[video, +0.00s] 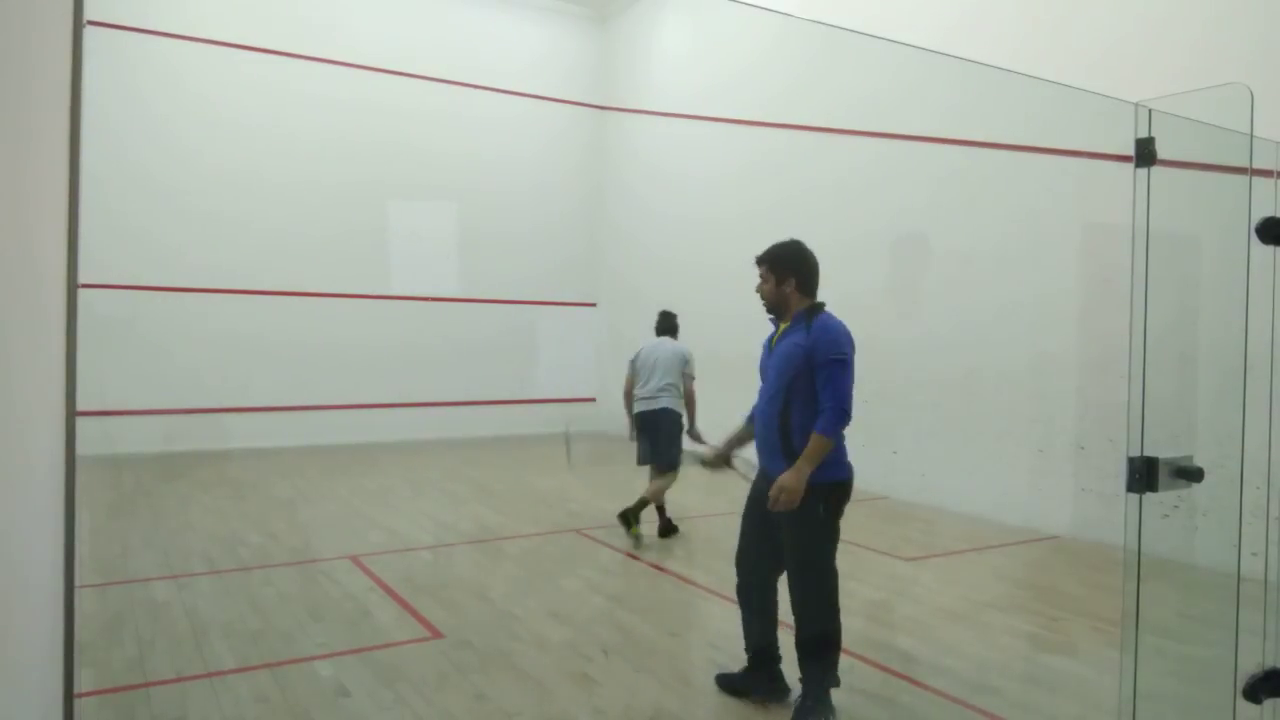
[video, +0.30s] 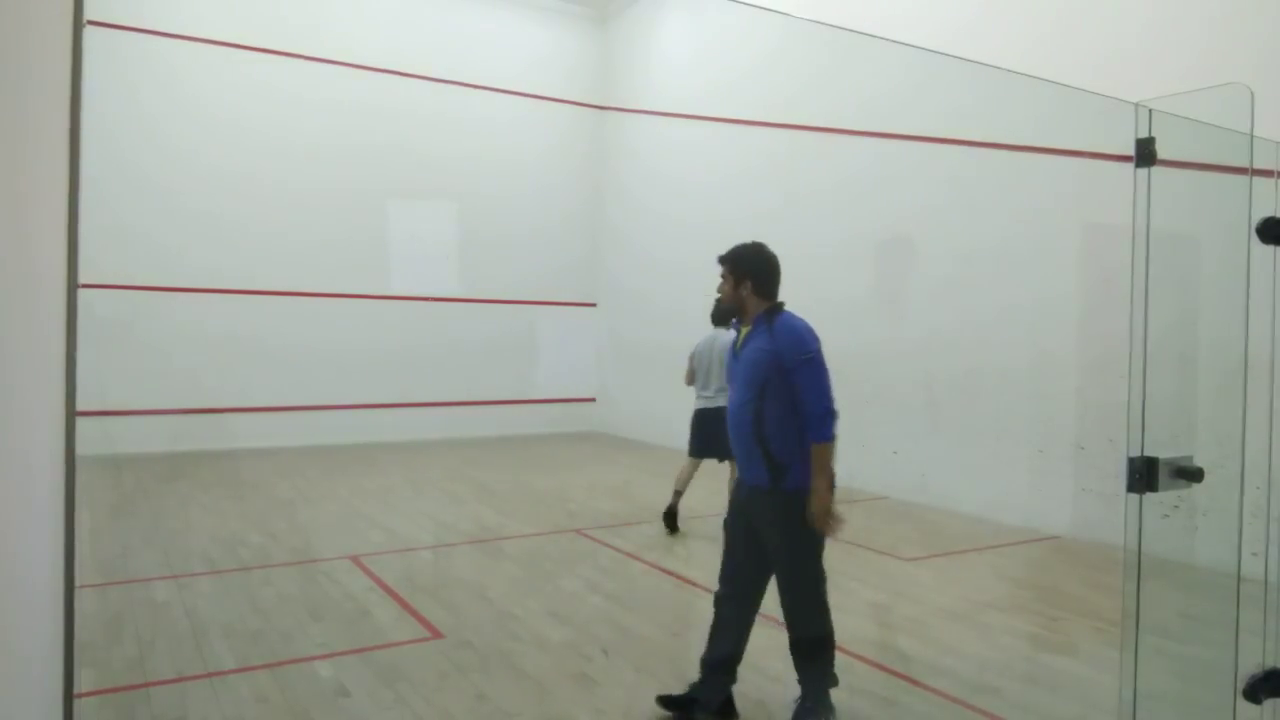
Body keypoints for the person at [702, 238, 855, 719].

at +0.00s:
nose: (758, 289)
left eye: (764, 279)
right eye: (759, 280)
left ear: (790, 282)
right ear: (787, 283)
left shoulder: (829, 336)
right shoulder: (777, 337)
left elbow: (836, 414)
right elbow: (769, 404)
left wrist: (800, 471)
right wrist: (729, 445)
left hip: (815, 483)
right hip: (772, 477)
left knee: (812, 585)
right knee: (753, 571)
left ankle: (816, 691)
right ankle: (763, 671)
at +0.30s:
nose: (720, 289)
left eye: (725, 280)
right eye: (721, 280)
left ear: (748, 284)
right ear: (750, 284)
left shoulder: (793, 336)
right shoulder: (744, 338)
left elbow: (820, 419)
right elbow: (747, 419)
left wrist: (821, 494)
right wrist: (738, 484)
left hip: (792, 495)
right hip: (751, 493)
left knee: (804, 600)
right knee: (735, 595)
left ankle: (816, 696)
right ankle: (713, 690)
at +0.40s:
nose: (697, 285)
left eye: (700, 277)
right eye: (699, 276)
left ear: (714, 282)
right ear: (730, 283)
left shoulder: (764, 334)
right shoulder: (713, 337)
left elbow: (766, 417)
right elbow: (703, 406)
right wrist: (669, 453)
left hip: (756, 486)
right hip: (717, 483)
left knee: (752, 596)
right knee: (713, 596)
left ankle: (808, 681)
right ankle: (709, 696)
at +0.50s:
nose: (682, 283)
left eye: (688, 274)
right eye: (684, 274)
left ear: (706, 278)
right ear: (711, 279)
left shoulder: (746, 327)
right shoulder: (694, 334)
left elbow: (743, 402)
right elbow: (684, 402)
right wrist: (633, 436)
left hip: (741, 483)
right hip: (703, 480)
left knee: (715, 591)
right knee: (701, 590)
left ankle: (774, 694)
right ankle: (709, 697)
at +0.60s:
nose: (671, 284)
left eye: (676, 275)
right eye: (671, 275)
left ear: (700, 277)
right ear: (701, 278)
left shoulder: (738, 327)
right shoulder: (700, 327)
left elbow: (692, 382)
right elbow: (679, 397)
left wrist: (667, 328)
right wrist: (642, 444)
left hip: (729, 487)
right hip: (697, 482)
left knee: (712, 596)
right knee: (694, 592)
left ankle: (721, 703)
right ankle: (708, 695)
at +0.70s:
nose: (665, 282)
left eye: (670, 273)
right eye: (665, 274)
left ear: (695, 274)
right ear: (702, 275)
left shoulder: (729, 321)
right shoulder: (700, 321)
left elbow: (664, 358)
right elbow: (702, 407)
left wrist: (660, 300)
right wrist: (681, 471)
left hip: (721, 485)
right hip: (693, 482)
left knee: (716, 596)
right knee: (689, 591)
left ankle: (725, 703)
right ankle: (706, 694)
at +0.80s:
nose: (667, 283)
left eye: (677, 273)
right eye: (668, 273)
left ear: (709, 275)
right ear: (697, 277)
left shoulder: (727, 320)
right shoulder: (695, 323)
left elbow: (641, 329)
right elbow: (696, 411)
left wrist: (654, 273)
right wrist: (679, 484)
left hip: (721, 485)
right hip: (689, 480)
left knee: (715, 597)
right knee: (683, 593)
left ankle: (724, 703)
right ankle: (704, 695)